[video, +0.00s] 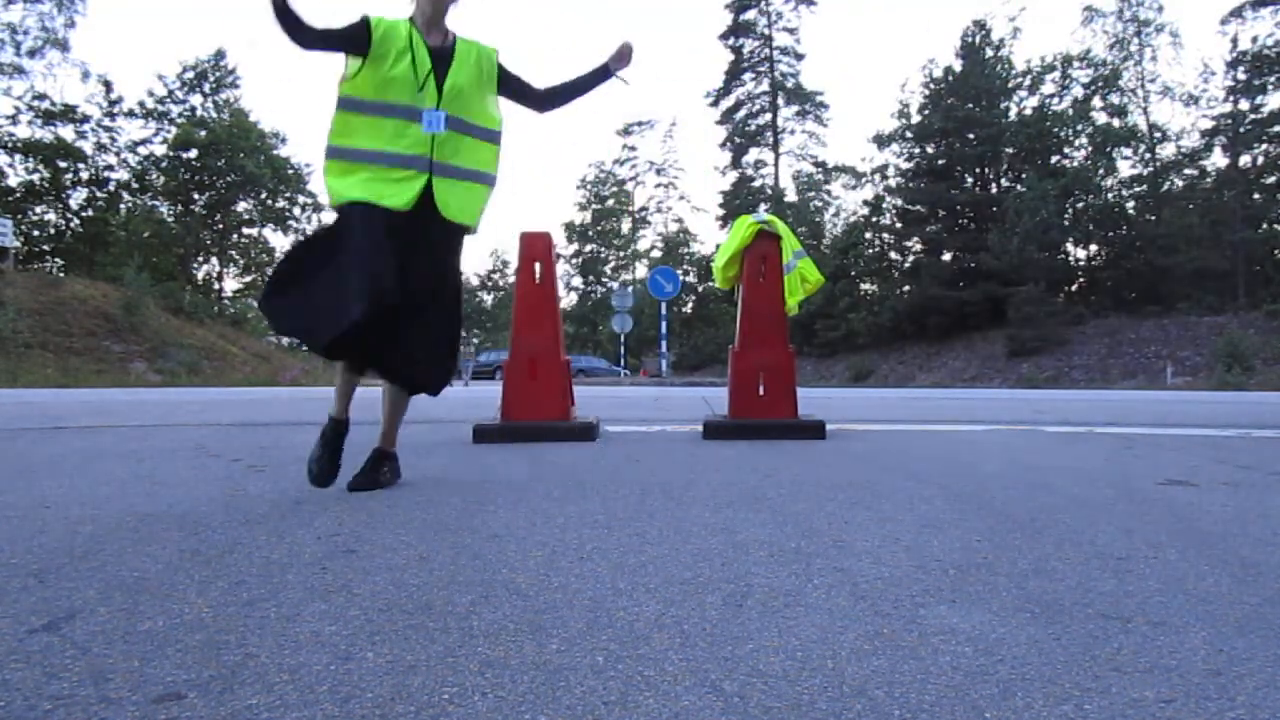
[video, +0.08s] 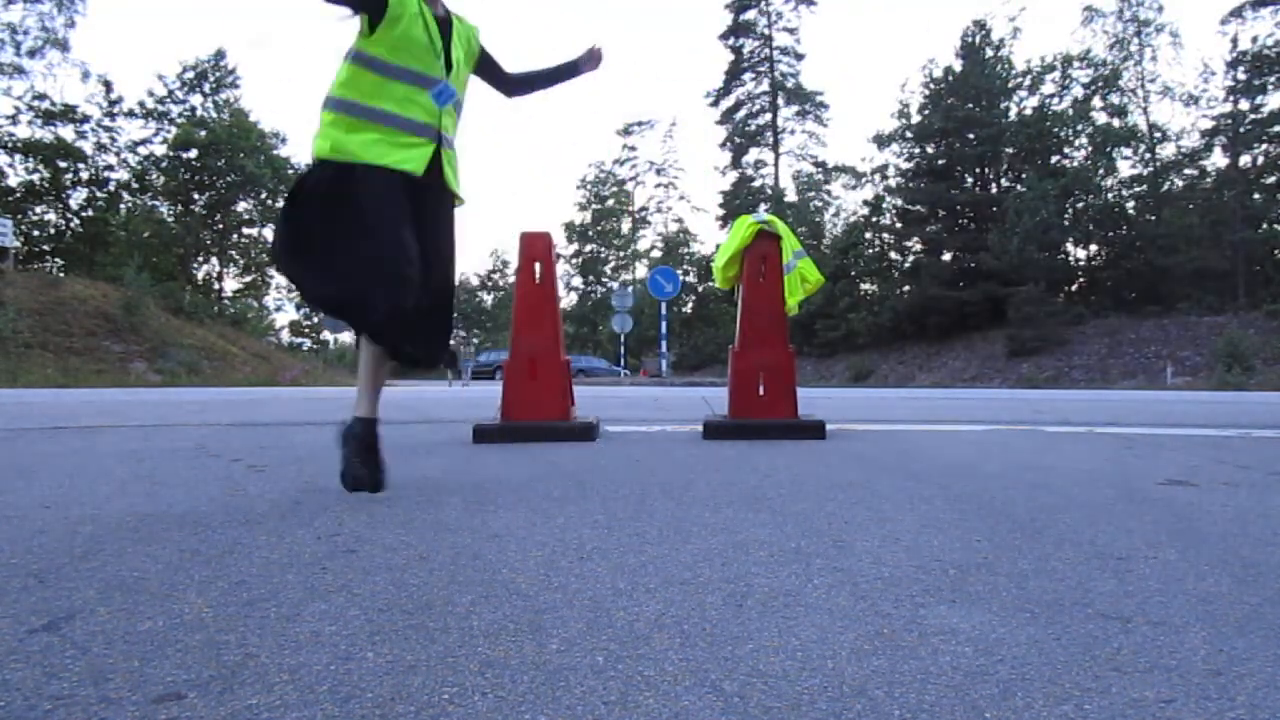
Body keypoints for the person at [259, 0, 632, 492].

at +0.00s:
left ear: (454, 2)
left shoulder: (479, 59)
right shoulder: (378, 34)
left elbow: (542, 99)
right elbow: (304, 35)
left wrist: (608, 68)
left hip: (440, 215)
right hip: (372, 203)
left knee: (414, 331)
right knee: (371, 309)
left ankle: (385, 452)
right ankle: (336, 424)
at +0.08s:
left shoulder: (463, 36)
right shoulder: (391, 6)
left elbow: (510, 84)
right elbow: (343, 0)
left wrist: (578, 66)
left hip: (426, 177)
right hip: (364, 160)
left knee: (412, 304)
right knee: (388, 285)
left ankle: (364, 419)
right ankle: (363, 427)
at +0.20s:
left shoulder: (430, 33)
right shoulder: (407, 7)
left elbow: (442, 92)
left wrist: (498, 107)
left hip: (335, 160)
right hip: (381, 151)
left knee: (372, 296)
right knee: (409, 292)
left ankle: (305, 401)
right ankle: (394, 427)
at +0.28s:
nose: (442, 6)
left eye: (441, 5)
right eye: (438, 4)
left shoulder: (381, 18)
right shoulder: (409, 10)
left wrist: (453, 75)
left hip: (350, 158)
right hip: (402, 157)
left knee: (369, 305)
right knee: (416, 311)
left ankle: (320, 410)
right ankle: (369, 445)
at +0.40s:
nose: (436, 11)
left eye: (432, 8)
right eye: (435, 7)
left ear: (382, 3)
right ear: (424, 4)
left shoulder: (340, 45)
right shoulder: (437, 29)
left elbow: (317, 113)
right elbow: (514, 63)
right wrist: (611, 78)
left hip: (324, 196)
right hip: (407, 200)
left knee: (344, 321)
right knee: (419, 334)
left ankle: (366, 453)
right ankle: (352, 471)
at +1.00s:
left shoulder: (435, 2)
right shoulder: (292, 5)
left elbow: (522, 51)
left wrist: (611, 87)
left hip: (388, 167)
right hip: (298, 163)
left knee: (347, 321)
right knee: (302, 317)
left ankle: (292, 493)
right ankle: (307, 462)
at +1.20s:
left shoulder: (424, 13)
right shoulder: (324, 3)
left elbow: (456, 79)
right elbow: (275, 47)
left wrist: (527, 109)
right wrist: (261, 153)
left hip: (393, 180)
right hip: (317, 158)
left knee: (367, 346)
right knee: (338, 308)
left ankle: (293, 505)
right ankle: (237, 428)